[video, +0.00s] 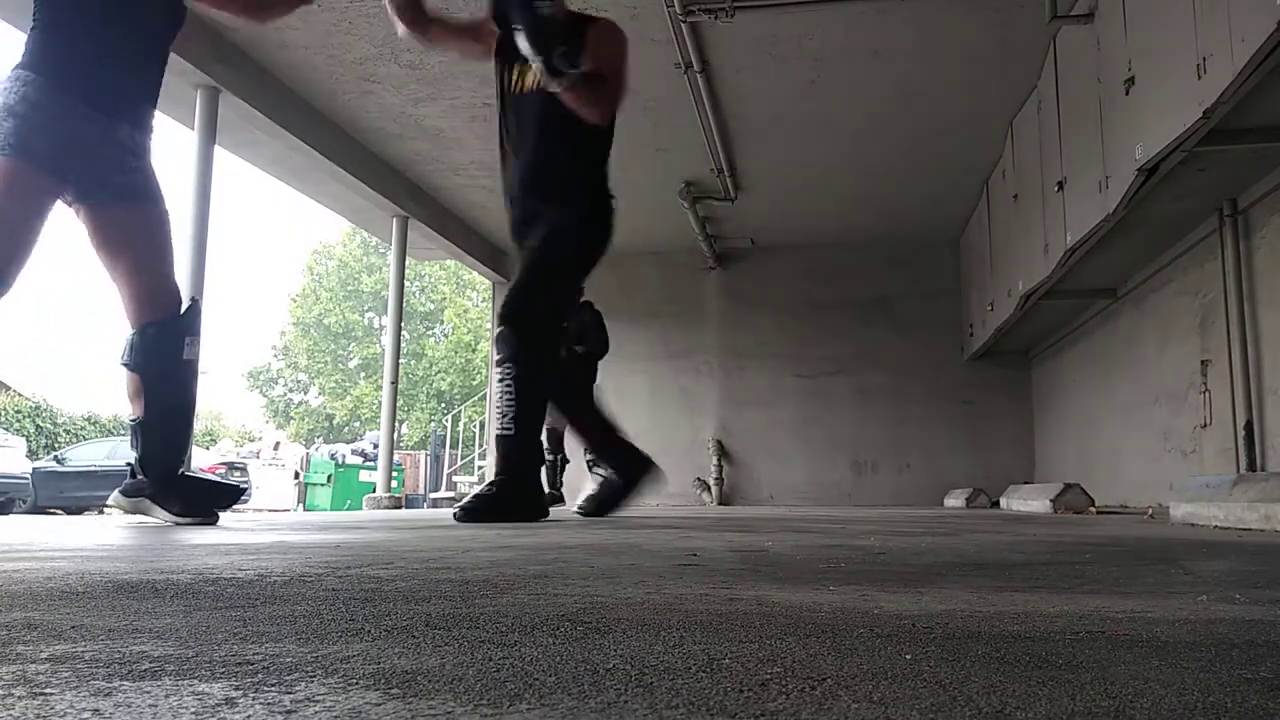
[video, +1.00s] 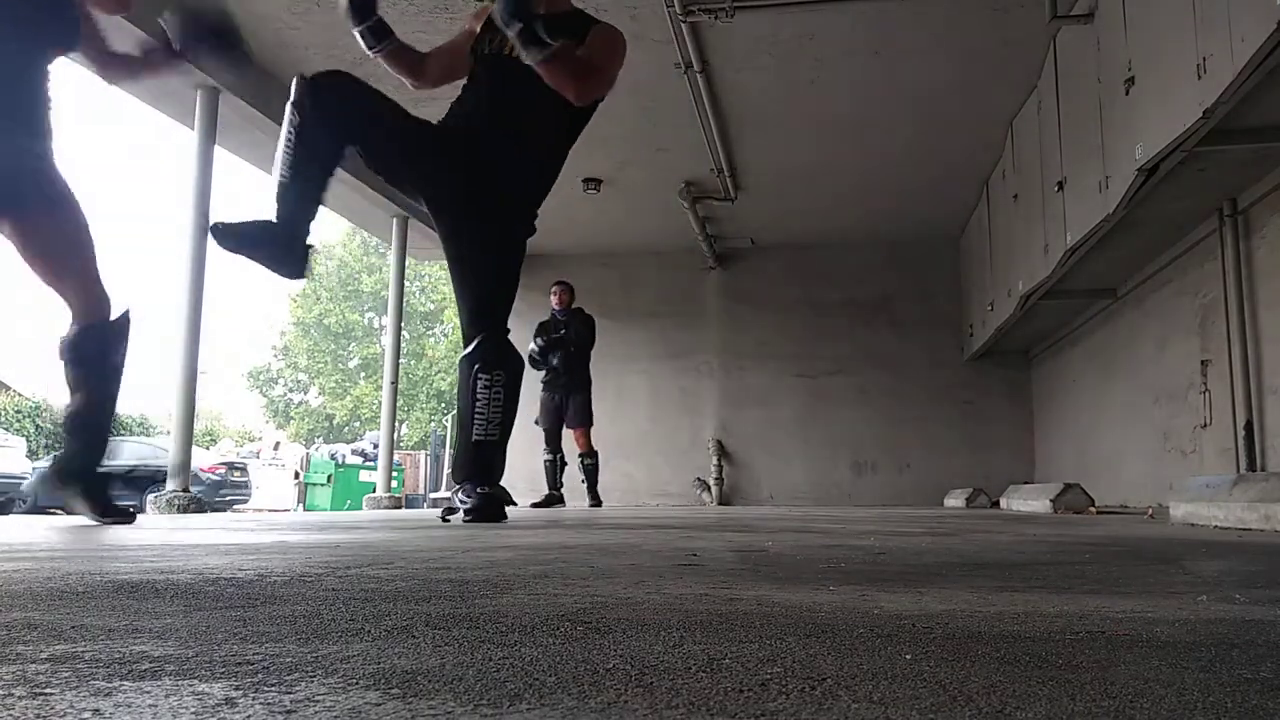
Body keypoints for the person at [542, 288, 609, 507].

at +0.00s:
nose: (573, 295)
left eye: (576, 290)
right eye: (570, 291)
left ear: (580, 293)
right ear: (560, 295)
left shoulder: (587, 312)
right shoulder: (552, 318)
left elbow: (601, 346)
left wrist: (581, 354)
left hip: (580, 383)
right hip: (555, 382)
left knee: (591, 430)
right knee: (553, 436)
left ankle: (602, 482)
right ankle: (553, 489)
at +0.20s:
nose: (555, 293)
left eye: (560, 289)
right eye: (551, 289)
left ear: (569, 292)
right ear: (545, 293)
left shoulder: (578, 315)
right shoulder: (539, 320)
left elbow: (591, 344)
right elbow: (523, 344)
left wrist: (567, 346)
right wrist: (537, 353)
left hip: (570, 382)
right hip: (545, 384)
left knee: (576, 433)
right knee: (547, 436)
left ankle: (596, 490)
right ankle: (553, 490)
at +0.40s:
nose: (546, 295)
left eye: (551, 290)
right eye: (542, 291)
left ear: (559, 293)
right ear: (537, 296)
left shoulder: (573, 316)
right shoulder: (531, 324)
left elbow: (586, 344)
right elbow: (518, 357)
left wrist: (562, 344)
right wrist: (534, 352)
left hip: (568, 384)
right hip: (541, 386)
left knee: (572, 433)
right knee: (546, 438)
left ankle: (581, 492)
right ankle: (553, 491)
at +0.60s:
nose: (539, 296)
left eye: (543, 291)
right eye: (534, 293)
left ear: (553, 293)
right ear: (531, 297)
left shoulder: (569, 316)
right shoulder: (528, 326)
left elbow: (585, 345)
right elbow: (519, 359)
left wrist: (559, 348)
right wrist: (534, 356)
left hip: (568, 385)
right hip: (542, 388)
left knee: (573, 434)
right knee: (547, 439)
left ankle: (584, 492)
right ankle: (553, 492)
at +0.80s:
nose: (543, 297)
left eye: (548, 292)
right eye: (539, 294)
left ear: (557, 295)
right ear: (535, 298)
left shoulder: (572, 317)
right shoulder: (532, 328)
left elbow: (586, 345)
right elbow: (524, 358)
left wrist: (563, 348)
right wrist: (535, 355)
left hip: (571, 385)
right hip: (545, 387)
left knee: (578, 433)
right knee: (548, 438)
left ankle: (589, 488)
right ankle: (554, 491)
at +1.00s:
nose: (558, 297)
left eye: (562, 293)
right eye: (554, 294)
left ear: (571, 297)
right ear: (550, 299)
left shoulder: (583, 320)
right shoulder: (544, 326)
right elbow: (534, 359)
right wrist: (548, 358)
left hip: (577, 388)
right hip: (551, 388)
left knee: (582, 438)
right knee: (550, 439)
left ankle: (592, 491)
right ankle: (554, 492)